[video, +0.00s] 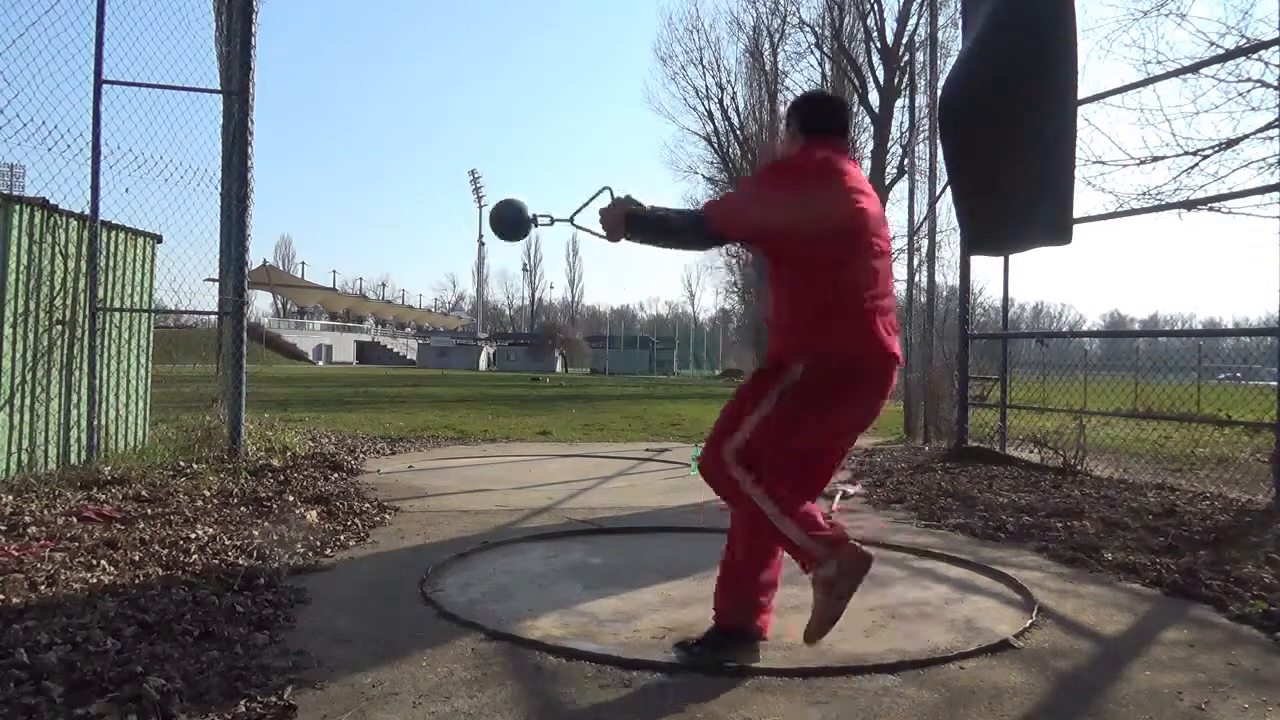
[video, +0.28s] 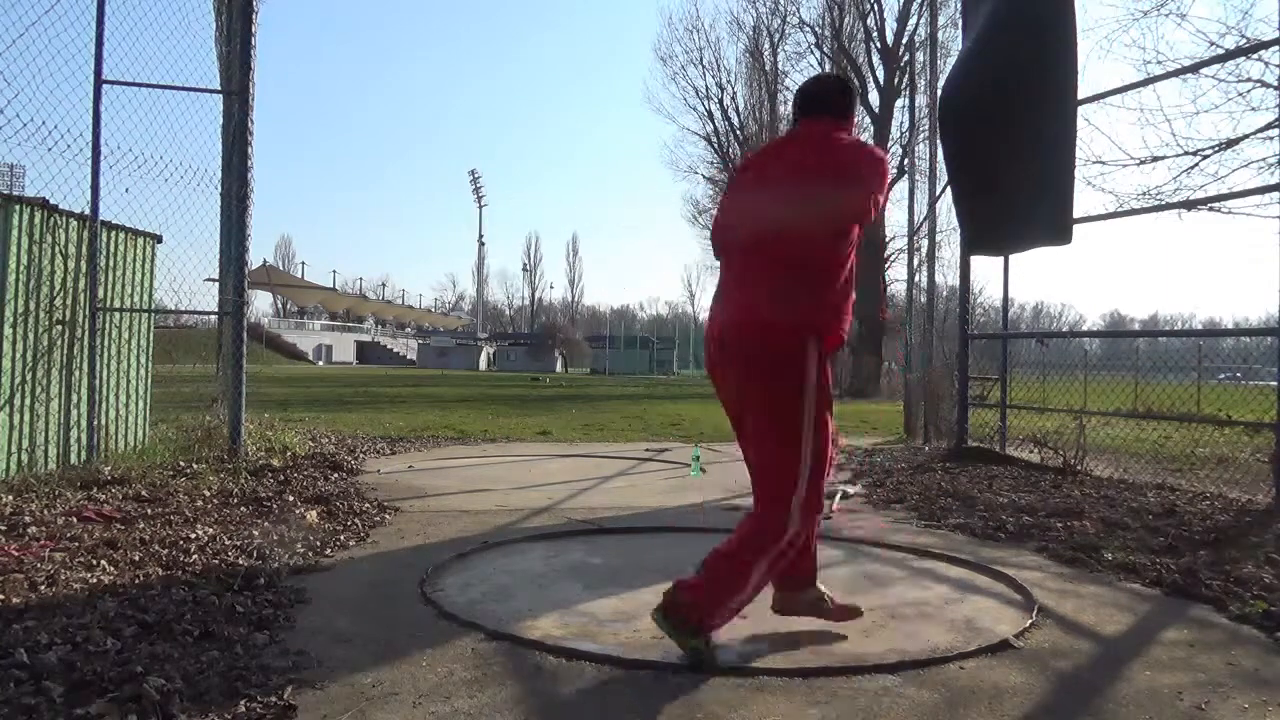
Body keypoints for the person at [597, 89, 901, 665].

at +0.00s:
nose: (779, 143)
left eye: (783, 133)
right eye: (785, 134)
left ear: (795, 134)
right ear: (843, 138)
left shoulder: (800, 183)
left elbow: (709, 225)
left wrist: (632, 220)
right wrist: (646, 218)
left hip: (819, 356)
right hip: (862, 359)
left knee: (726, 458)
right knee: (775, 483)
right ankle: (738, 630)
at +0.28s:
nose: (854, 127)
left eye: (849, 119)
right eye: (854, 119)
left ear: (796, 116)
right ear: (851, 118)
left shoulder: (753, 162)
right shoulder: (862, 159)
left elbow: (723, 239)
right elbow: (858, 209)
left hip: (728, 334)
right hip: (791, 338)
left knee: (803, 460)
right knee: (789, 494)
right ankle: (690, 609)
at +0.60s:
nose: (781, 174)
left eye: (793, 166)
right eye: (774, 166)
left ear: (816, 180)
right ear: (763, 177)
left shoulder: (840, 250)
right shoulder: (741, 235)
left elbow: (865, 327)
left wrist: (898, 360)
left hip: (813, 398)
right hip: (737, 399)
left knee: (870, 480)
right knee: (716, 492)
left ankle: (863, 604)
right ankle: (719, 604)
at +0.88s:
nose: (799, 170)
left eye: (803, 160)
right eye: (801, 161)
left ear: (817, 158)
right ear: (850, 158)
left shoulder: (843, 197)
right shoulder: (830, 201)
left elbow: (754, 233)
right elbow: (753, 237)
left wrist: (680, 219)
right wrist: (683, 218)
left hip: (848, 354)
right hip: (824, 352)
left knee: (780, 466)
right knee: (759, 463)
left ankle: (862, 553)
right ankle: (722, 598)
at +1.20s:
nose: (809, 175)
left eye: (809, 168)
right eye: (809, 167)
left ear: (761, 157)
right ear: (800, 164)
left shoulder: (744, 197)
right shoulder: (794, 204)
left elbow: (795, 255)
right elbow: (840, 252)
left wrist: (850, 260)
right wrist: (861, 257)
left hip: (742, 358)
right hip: (728, 360)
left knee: (791, 458)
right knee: (771, 488)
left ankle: (815, 554)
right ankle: (686, 561)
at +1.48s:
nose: (729, 196)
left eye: (739, 188)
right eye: (728, 189)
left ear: (770, 195)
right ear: (729, 197)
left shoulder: (809, 243)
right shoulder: (721, 243)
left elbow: (804, 303)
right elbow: (725, 298)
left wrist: (768, 338)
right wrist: (737, 335)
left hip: (800, 378)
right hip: (740, 378)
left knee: (830, 466)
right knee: (711, 469)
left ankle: (846, 554)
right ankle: (714, 565)